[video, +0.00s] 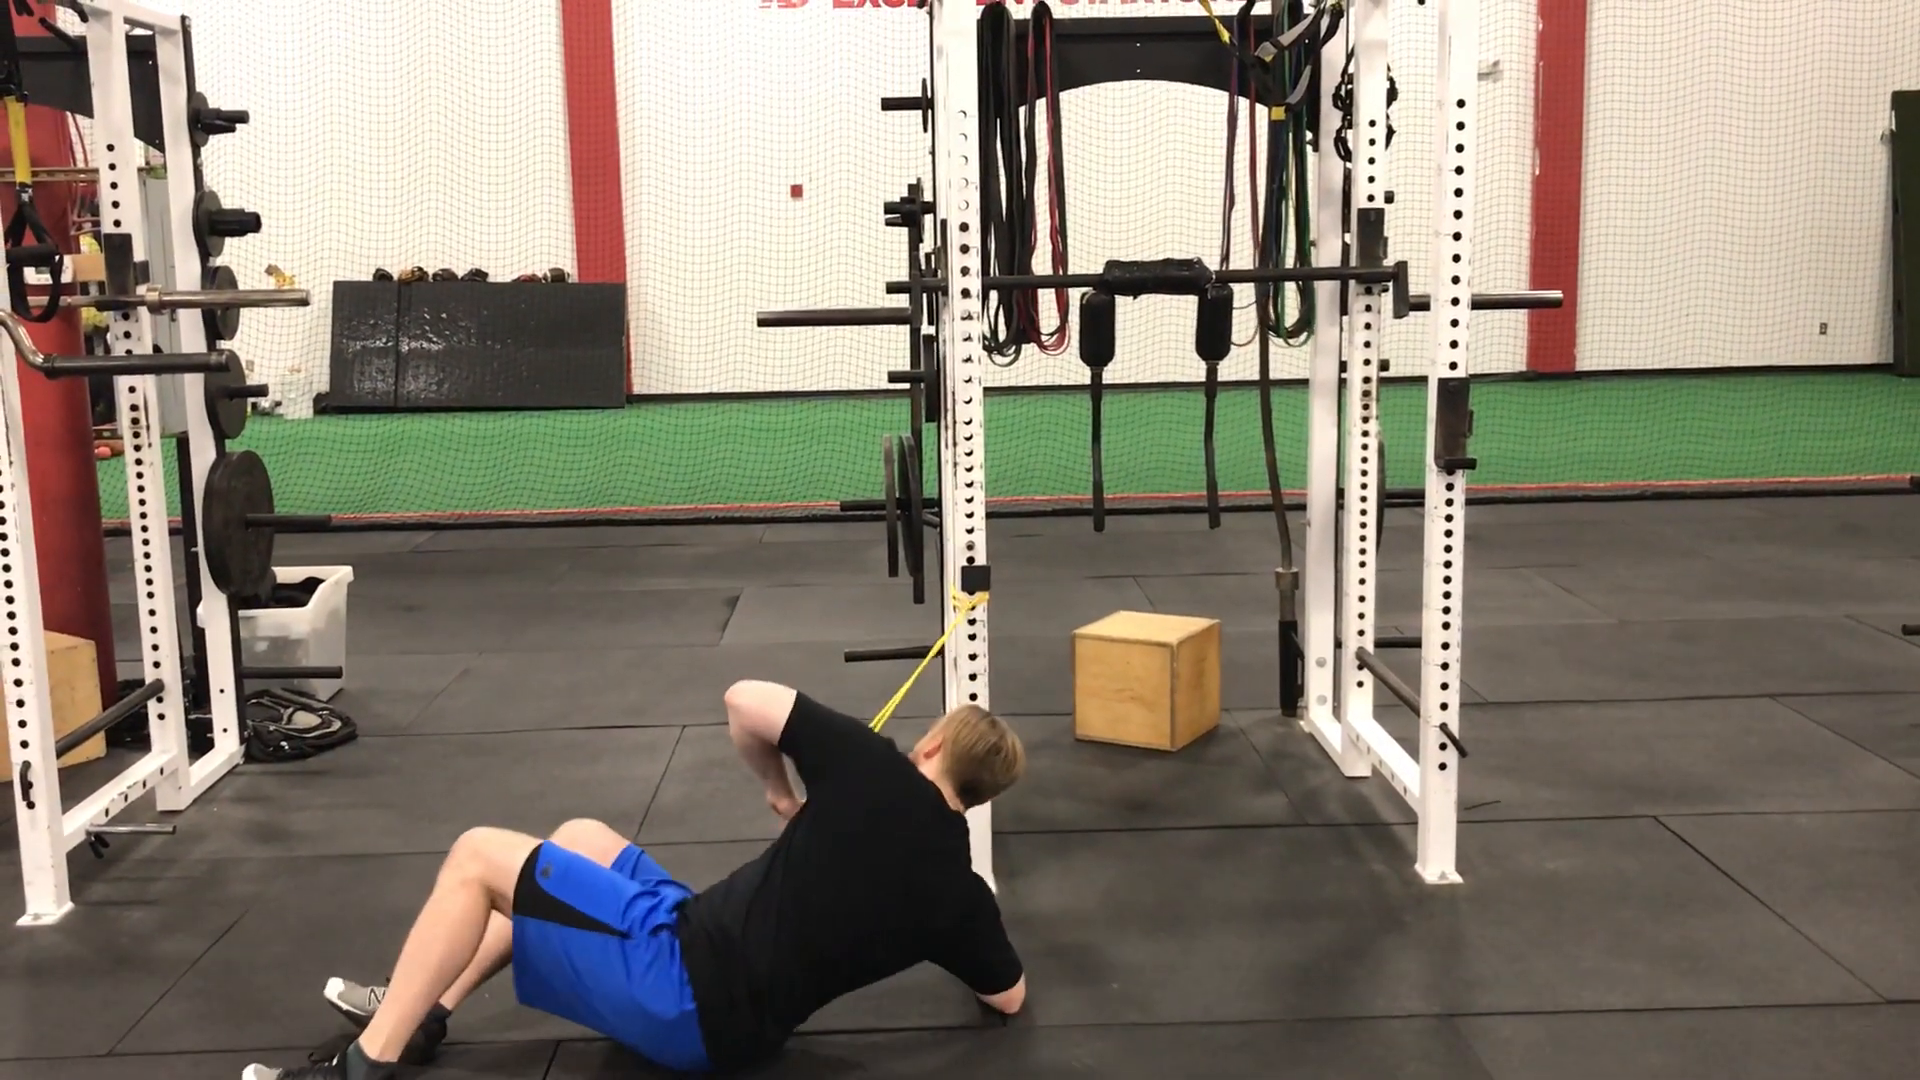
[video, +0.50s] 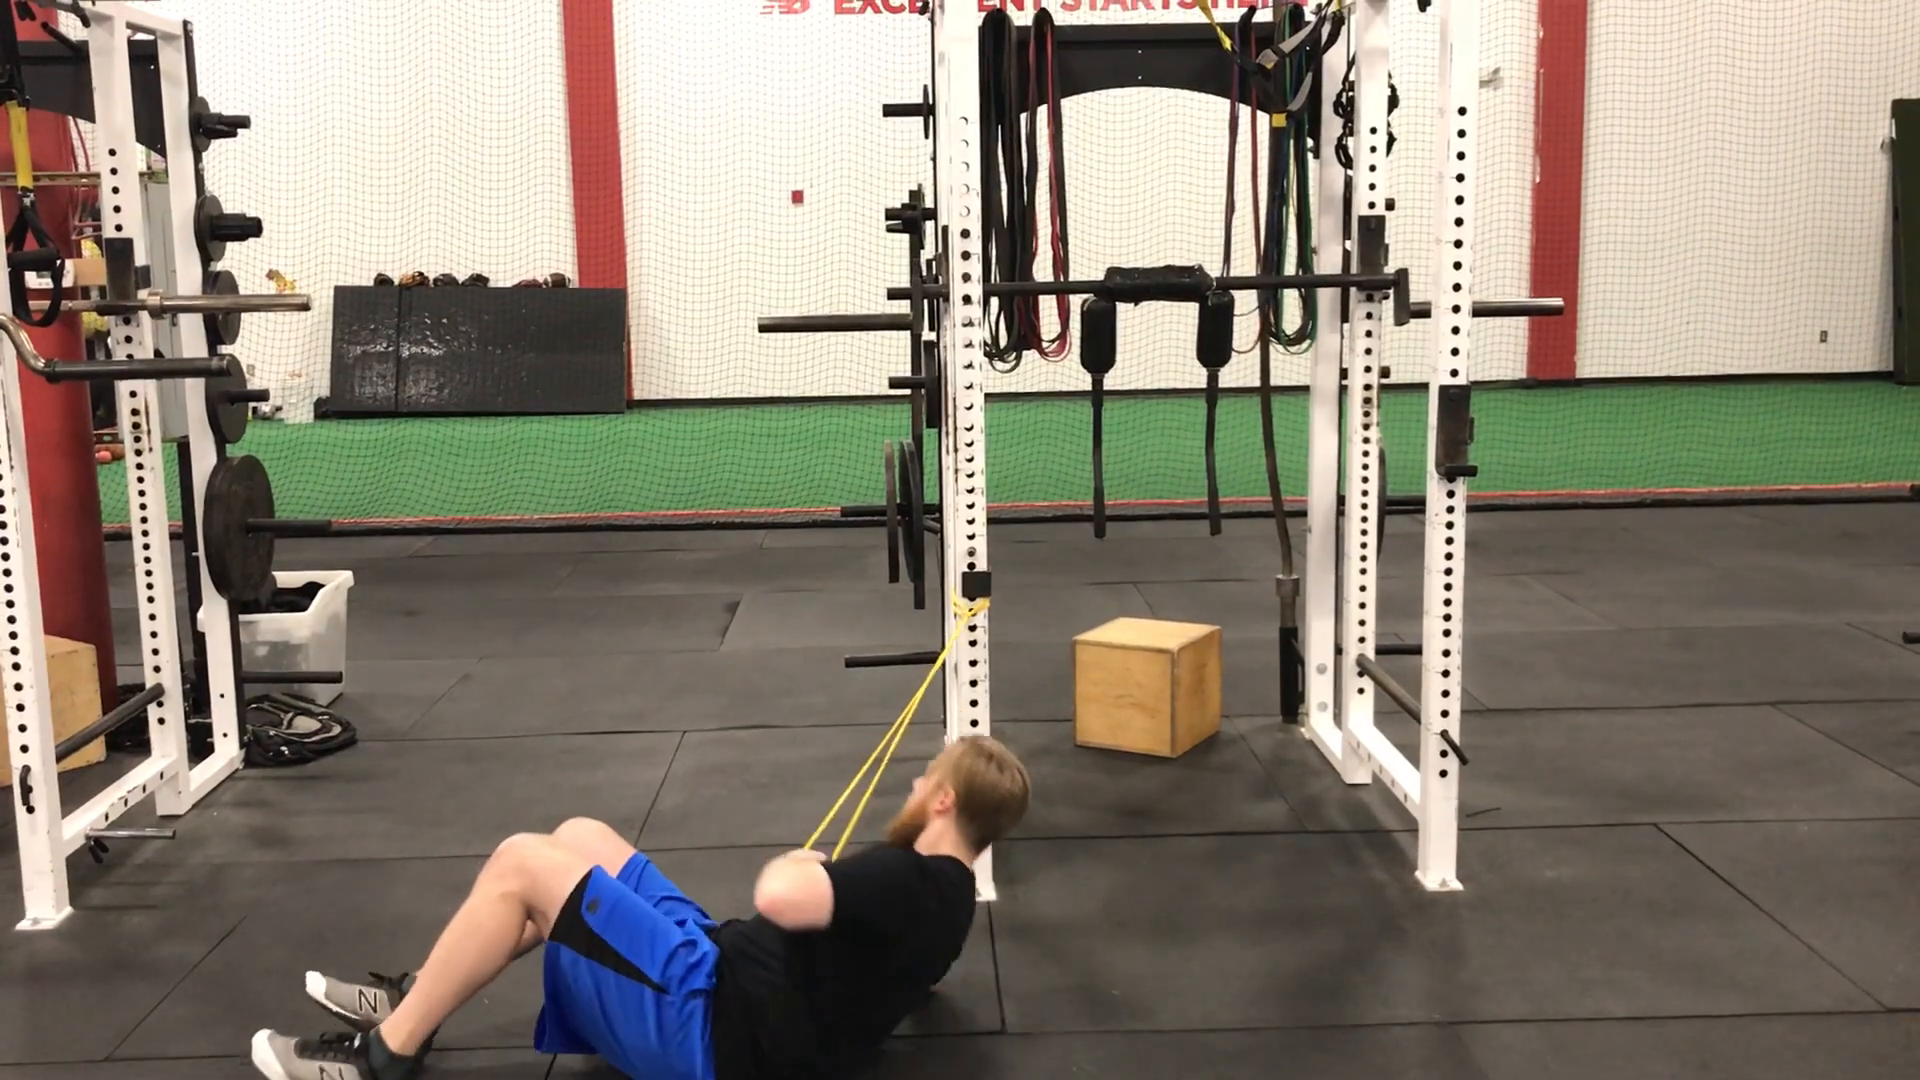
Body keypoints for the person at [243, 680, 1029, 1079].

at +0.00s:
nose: (913, 734)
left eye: (921, 729)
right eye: (929, 733)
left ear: (929, 742)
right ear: (985, 798)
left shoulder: (870, 764)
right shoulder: (961, 896)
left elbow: (749, 704)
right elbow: (1011, 1002)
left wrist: (774, 782)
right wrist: (957, 936)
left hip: (680, 976)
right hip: (729, 1027)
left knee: (479, 856)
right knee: (582, 834)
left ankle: (370, 1055)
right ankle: (423, 1007)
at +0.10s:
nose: (892, 741)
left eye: (901, 736)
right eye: (906, 735)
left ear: (909, 752)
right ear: (967, 797)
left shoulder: (854, 783)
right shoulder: (952, 900)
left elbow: (725, 742)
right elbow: (1009, 1001)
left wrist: (760, 809)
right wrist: (944, 936)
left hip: (671, 988)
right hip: (723, 1022)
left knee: (473, 858)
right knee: (572, 837)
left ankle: (363, 1058)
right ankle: (417, 1003)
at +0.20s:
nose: (873, 746)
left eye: (881, 738)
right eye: (884, 738)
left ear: (892, 750)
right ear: (957, 788)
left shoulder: (850, 798)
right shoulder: (948, 894)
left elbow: (706, 795)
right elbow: (995, 996)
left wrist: (766, 832)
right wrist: (930, 937)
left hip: (670, 995)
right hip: (722, 1032)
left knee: (476, 860)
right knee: (577, 838)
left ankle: (362, 1063)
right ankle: (415, 1003)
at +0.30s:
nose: (877, 747)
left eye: (886, 738)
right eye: (889, 738)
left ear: (895, 754)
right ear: (959, 788)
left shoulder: (853, 820)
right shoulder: (947, 889)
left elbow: (714, 832)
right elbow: (966, 982)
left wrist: (755, 807)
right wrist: (892, 950)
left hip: (682, 1013)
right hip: (731, 1004)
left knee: (487, 863)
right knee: (582, 841)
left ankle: (366, 1064)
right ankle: (410, 1004)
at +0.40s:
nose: (894, 766)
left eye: (903, 755)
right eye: (905, 756)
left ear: (914, 773)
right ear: (971, 802)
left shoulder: (876, 845)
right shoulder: (944, 897)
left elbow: (740, 859)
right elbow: (929, 982)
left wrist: (817, 844)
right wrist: (849, 912)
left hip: (699, 1021)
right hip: (743, 997)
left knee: (501, 865)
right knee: (581, 840)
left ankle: (379, 1057)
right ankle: (410, 1008)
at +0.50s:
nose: (918, 788)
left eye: (927, 780)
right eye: (928, 779)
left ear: (939, 800)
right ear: (985, 824)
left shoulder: (913, 883)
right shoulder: (948, 887)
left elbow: (779, 898)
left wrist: (811, 859)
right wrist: (820, 873)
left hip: (712, 1025)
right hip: (737, 986)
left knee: (521, 860)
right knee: (583, 840)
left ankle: (385, 1051)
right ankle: (419, 1001)